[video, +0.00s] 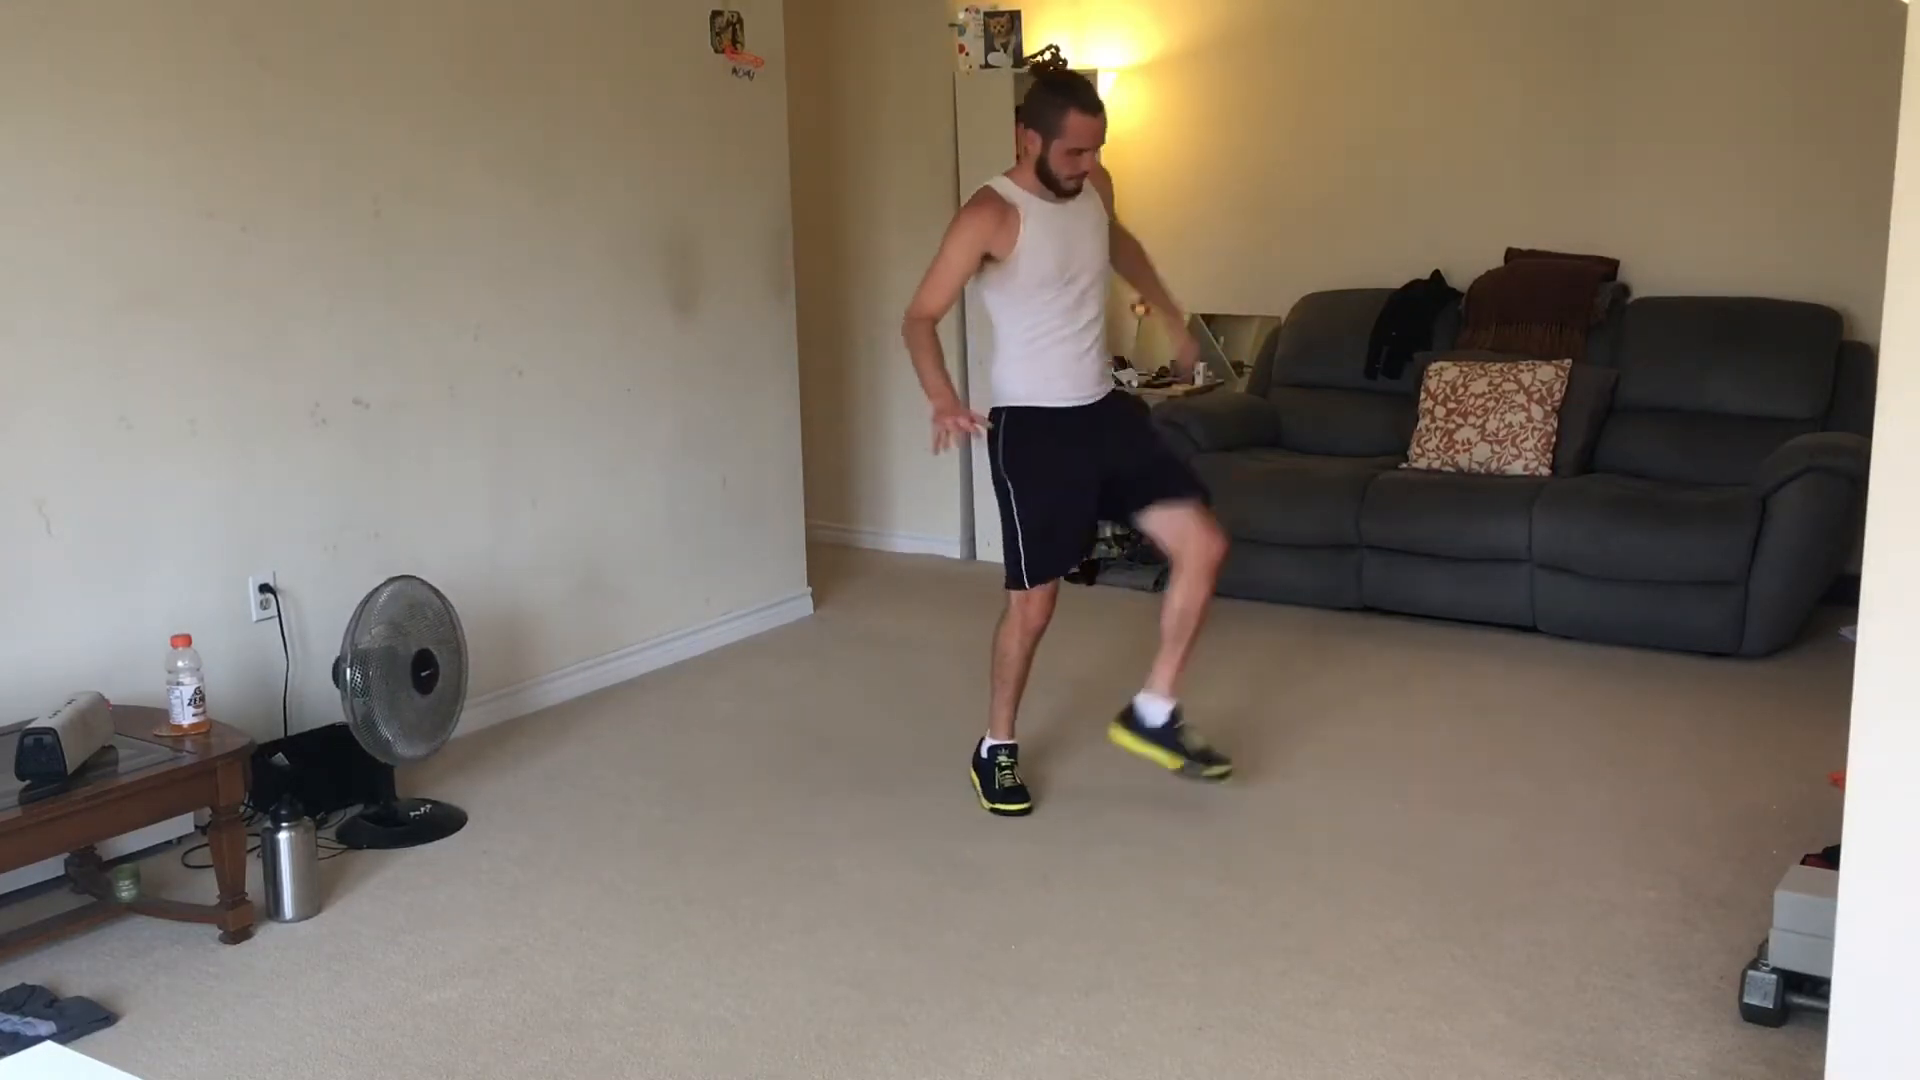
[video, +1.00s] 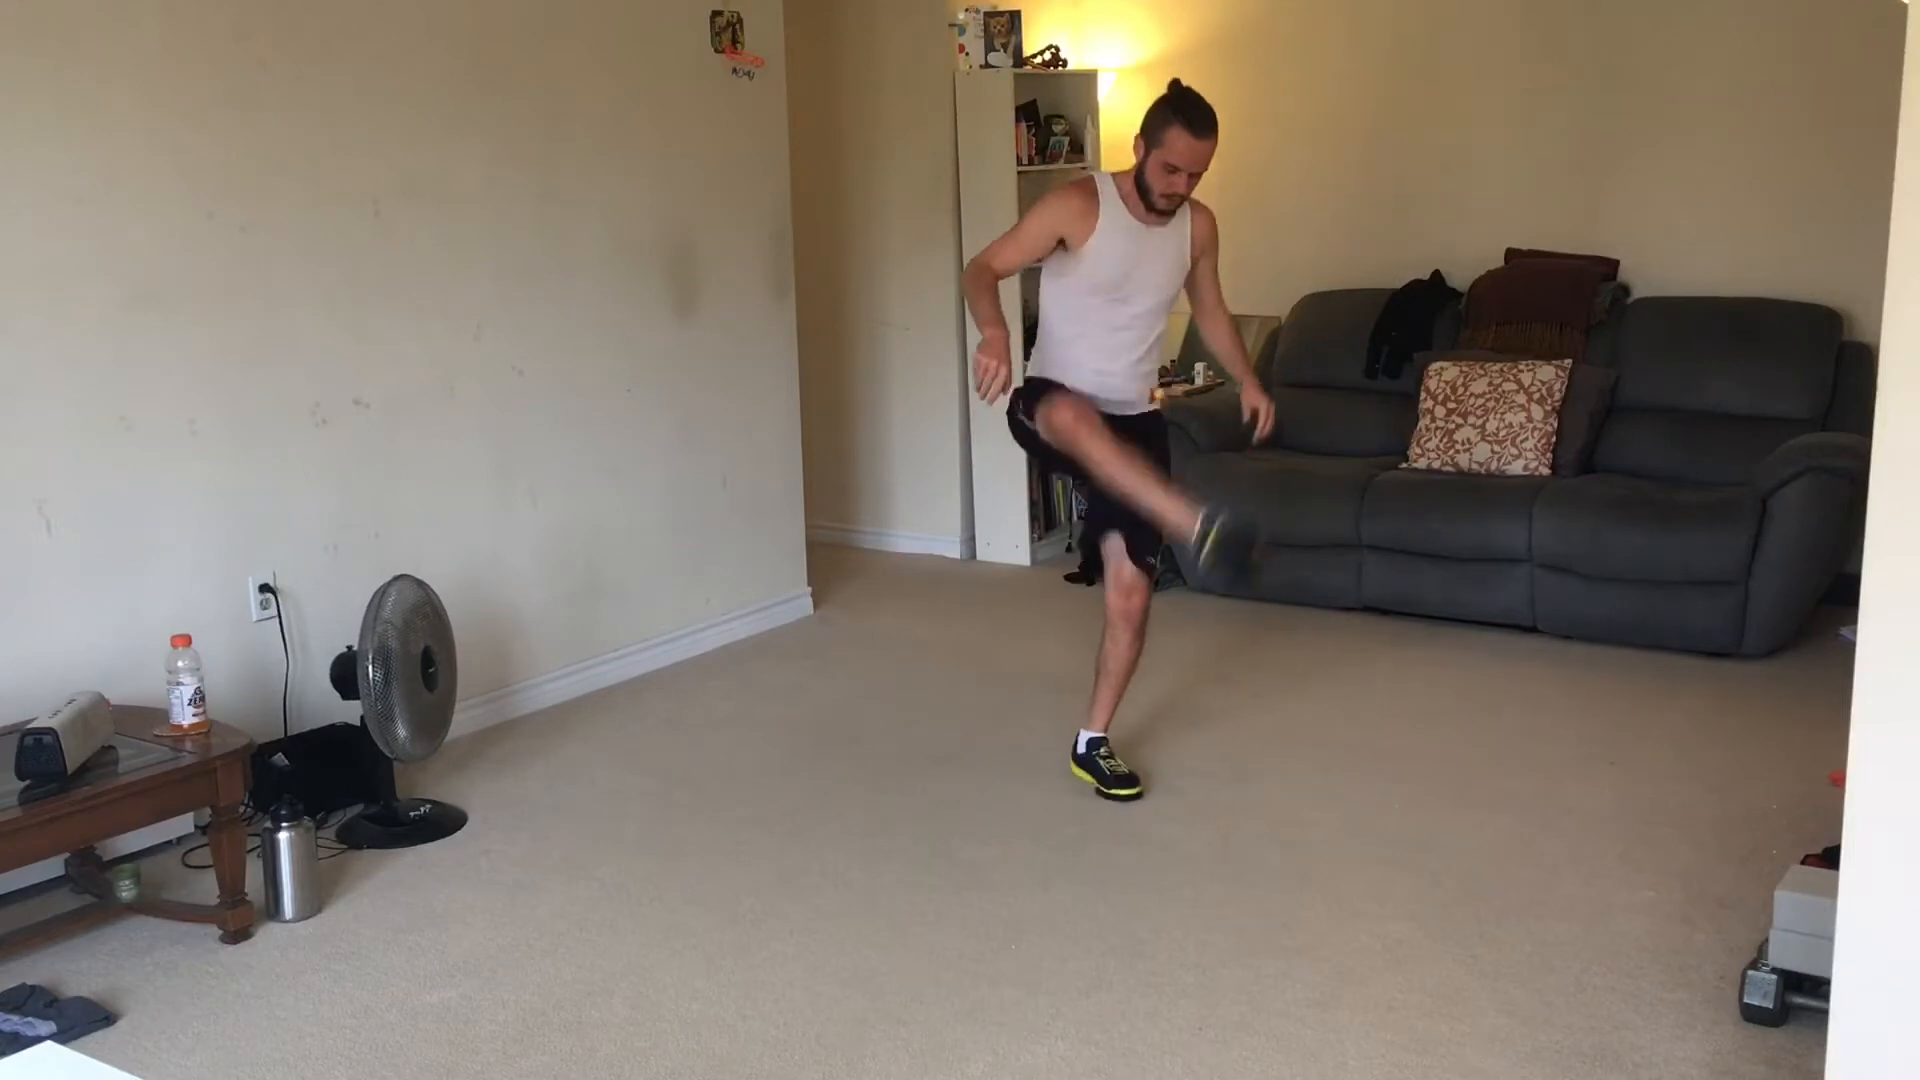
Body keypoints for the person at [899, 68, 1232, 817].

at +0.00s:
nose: (1087, 165)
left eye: (1094, 151)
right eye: (1074, 152)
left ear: (1097, 139)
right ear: (1028, 140)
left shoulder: (1090, 193)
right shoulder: (989, 214)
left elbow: (1123, 251)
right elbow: (919, 319)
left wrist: (1174, 321)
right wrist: (941, 397)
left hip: (1105, 414)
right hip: (1031, 427)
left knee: (1201, 545)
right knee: (1033, 601)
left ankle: (1155, 709)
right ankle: (997, 747)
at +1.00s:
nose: (1181, 185)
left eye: (1195, 174)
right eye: (1170, 168)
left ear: (1207, 164)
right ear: (1139, 148)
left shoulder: (1196, 224)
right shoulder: (1076, 205)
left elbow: (1211, 314)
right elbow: (981, 271)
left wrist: (1247, 379)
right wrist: (992, 330)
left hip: (1135, 415)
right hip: (1055, 400)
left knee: (1130, 592)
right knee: (1066, 412)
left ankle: (1092, 740)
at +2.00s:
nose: (1182, 166)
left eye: (1195, 154)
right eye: (1170, 152)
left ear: (1213, 138)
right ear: (1143, 129)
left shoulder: (1228, 201)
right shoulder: (1090, 175)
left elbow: (1295, 288)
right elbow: (1024, 236)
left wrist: (1323, 387)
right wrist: (1001, 299)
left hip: (1174, 406)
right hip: (1098, 395)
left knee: (1153, 583)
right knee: (1037, 551)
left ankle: (1189, 724)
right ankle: (1181, 556)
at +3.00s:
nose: (1118, 165)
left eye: (1134, 153)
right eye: (1110, 150)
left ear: (1171, 140)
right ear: (1104, 137)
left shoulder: (1201, 204)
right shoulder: (1117, 191)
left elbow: (1148, 288)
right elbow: (1133, 303)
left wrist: (1044, 241)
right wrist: (1093, 358)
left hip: (1171, 412)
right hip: (1104, 396)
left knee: (1160, 582)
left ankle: (1197, 730)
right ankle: (1060, 647)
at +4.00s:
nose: (1003, 159)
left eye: (1009, 143)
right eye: (994, 146)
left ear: (1049, 125)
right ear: (1020, 135)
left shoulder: (1105, 180)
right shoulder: (1040, 197)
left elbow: (1197, 254)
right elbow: (1048, 287)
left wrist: (1195, 361)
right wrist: (984, 341)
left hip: (1111, 394)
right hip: (1064, 392)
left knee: (983, 498)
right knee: (1066, 549)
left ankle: (1043, 617)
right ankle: (1120, 695)